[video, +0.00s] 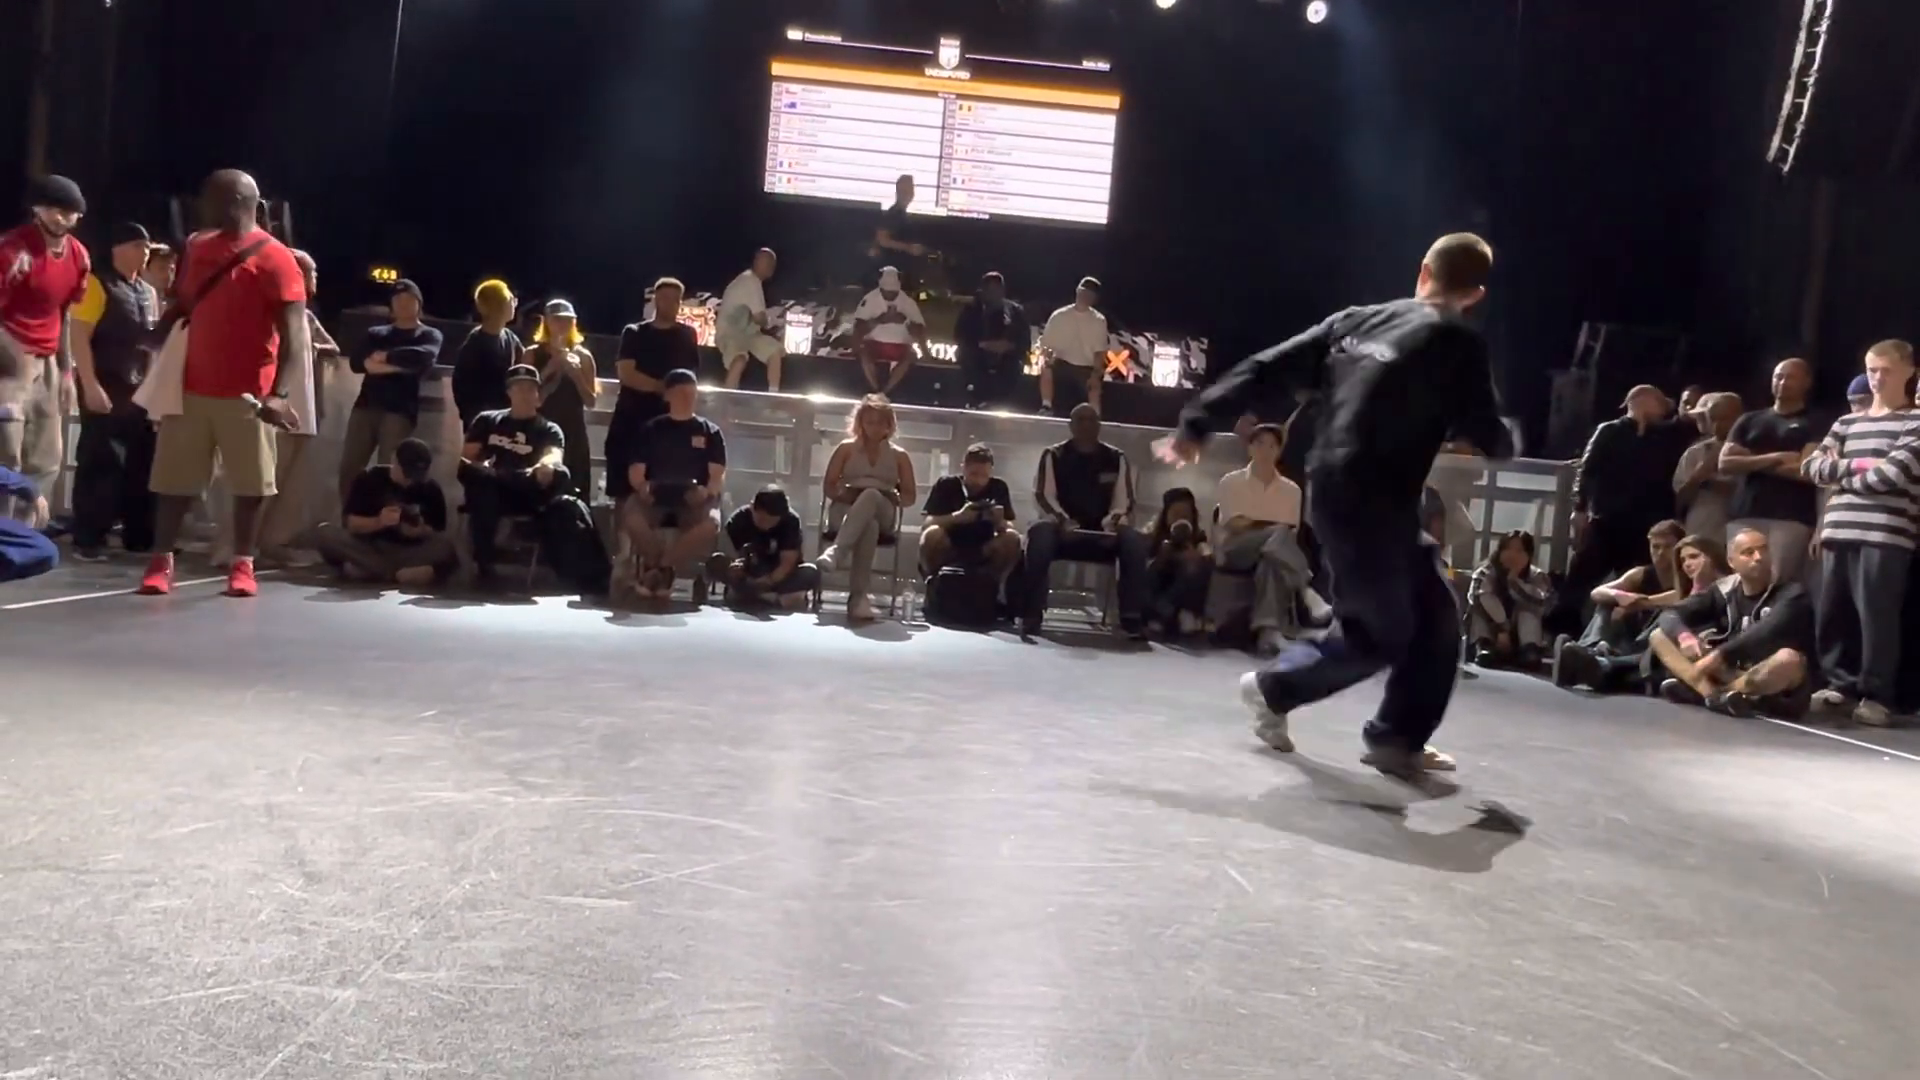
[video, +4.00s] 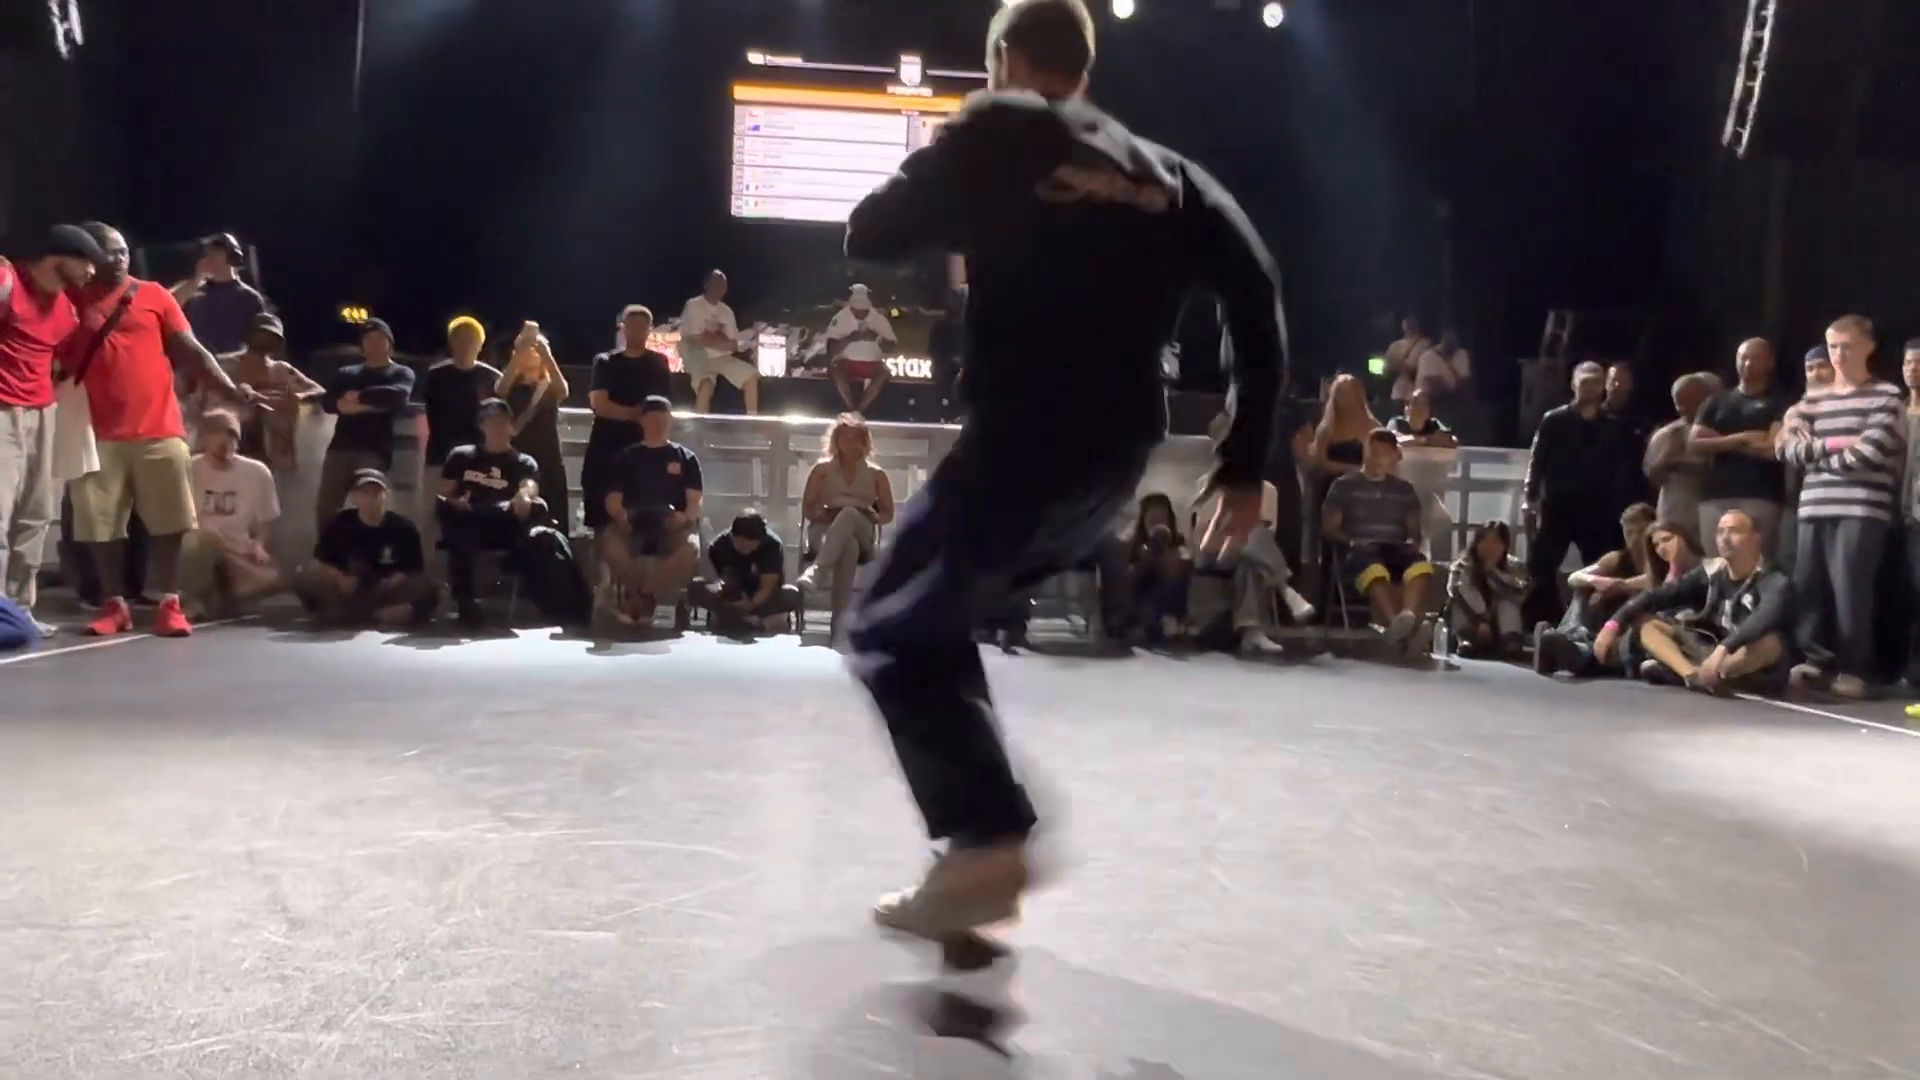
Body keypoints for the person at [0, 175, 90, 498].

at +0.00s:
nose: (66, 219)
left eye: (72, 213)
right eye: (59, 210)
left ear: (79, 217)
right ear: (38, 210)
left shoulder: (78, 255)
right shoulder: (14, 248)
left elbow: (67, 315)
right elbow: (2, 311)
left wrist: (67, 370)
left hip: (49, 362)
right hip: (12, 360)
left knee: (47, 455)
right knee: (10, 452)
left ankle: (29, 532)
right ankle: (6, 530)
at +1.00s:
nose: (54, 248)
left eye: (56, 240)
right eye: (46, 242)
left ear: (57, 237)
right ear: (21, 241)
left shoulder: (62, 253)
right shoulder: (8, 266)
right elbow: (5, 308)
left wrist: (76, 341)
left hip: (50, 357)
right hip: (11, 360)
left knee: (45, 450)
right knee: (8, 452)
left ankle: (41, 542)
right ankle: (8, 547)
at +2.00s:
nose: (87, 194)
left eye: (86, 188)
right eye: (79, 187)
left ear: (66, 196)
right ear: (51, 191)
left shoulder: (77, 250)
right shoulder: (11, 230)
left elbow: (73, 308)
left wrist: (96, 340)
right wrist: (19, 343)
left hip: (57, 362)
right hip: (12, 358)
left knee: (55, 458)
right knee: (8, 451)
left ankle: (53, 549)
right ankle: (9, 546)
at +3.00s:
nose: (94, 235)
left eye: (96, 228)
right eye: (88, 227)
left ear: (70, 224)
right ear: (61, 219)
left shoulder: (78, 270)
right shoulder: (14, 249)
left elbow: (81, 318)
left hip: (56, 376)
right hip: (11, 374)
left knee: (51, 479)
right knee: (8, 478)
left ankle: (38, 573)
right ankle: (4, 577)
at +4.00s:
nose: (77, 284)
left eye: (80, 278)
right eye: (73, 275)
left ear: (63, 266)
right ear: (53, 259)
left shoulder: (66, 306)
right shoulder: (9, 283)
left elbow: (64, 359)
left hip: (43, 410)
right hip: (6, 410)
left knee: (37, 512)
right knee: (4, 510)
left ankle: (21, 607)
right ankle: (3, 606)